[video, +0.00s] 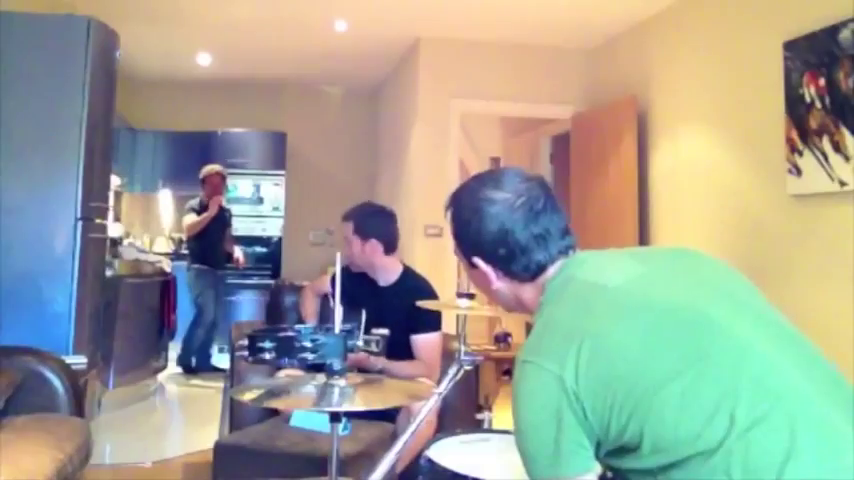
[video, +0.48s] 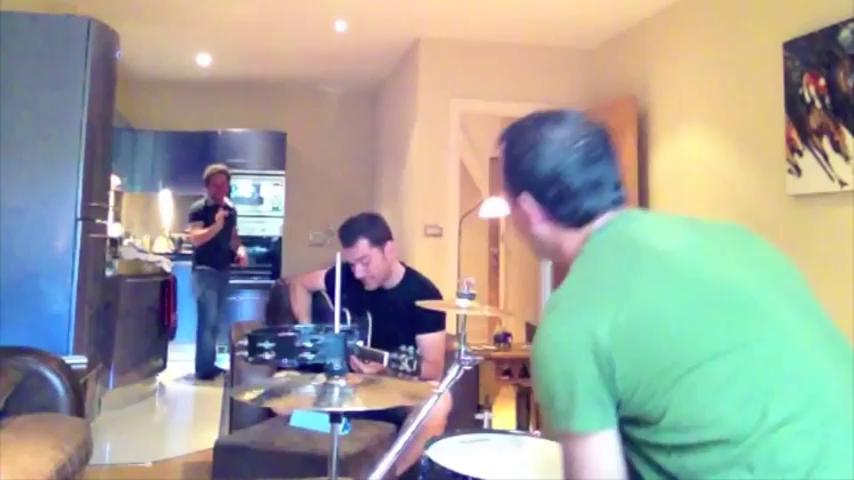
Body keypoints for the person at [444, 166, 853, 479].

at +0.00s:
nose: (471, 278)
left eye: (466, 266)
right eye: (466, 265)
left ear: (485, 272)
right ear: (556, 221)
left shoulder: (545, 367)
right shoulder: (671, 257)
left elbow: (572, 474)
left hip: (767, 468)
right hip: (844, 438)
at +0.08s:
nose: (473, 274)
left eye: (468, 262)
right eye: (468, 260)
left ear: (488, 269)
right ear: (558, 216)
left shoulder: (545, 365)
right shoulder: (672, 255)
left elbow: (573, 473)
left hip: (768, 468)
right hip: (845, 437)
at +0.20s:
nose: (482, 264)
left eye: (476, 252)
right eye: (476, 250)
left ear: (495, 259)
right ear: (566, 208)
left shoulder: (547, 358)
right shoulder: (685, 251)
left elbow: (574, 474)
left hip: (768, 468)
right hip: (847, 434)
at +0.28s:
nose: (483, 254)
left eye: (477, 241)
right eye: (477, 239)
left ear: (498, 251)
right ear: (571, 202)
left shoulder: (550, 356)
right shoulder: (689, 249)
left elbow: (575, 473)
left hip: (764, 469)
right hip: (847, 438)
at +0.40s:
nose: (495, 228)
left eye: (493, 217)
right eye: (492, 215)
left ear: (513, 227)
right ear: (590, 185)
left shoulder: (560, 346)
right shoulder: (708, 241)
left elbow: (586, 471)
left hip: (765, 466)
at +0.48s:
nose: (509, 215)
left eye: (509, 201)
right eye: (508, 198)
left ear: (530, 210)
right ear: (609, 175)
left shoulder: (570, 323)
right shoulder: (725, 235)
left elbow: (599, 476)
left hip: (760, 467)